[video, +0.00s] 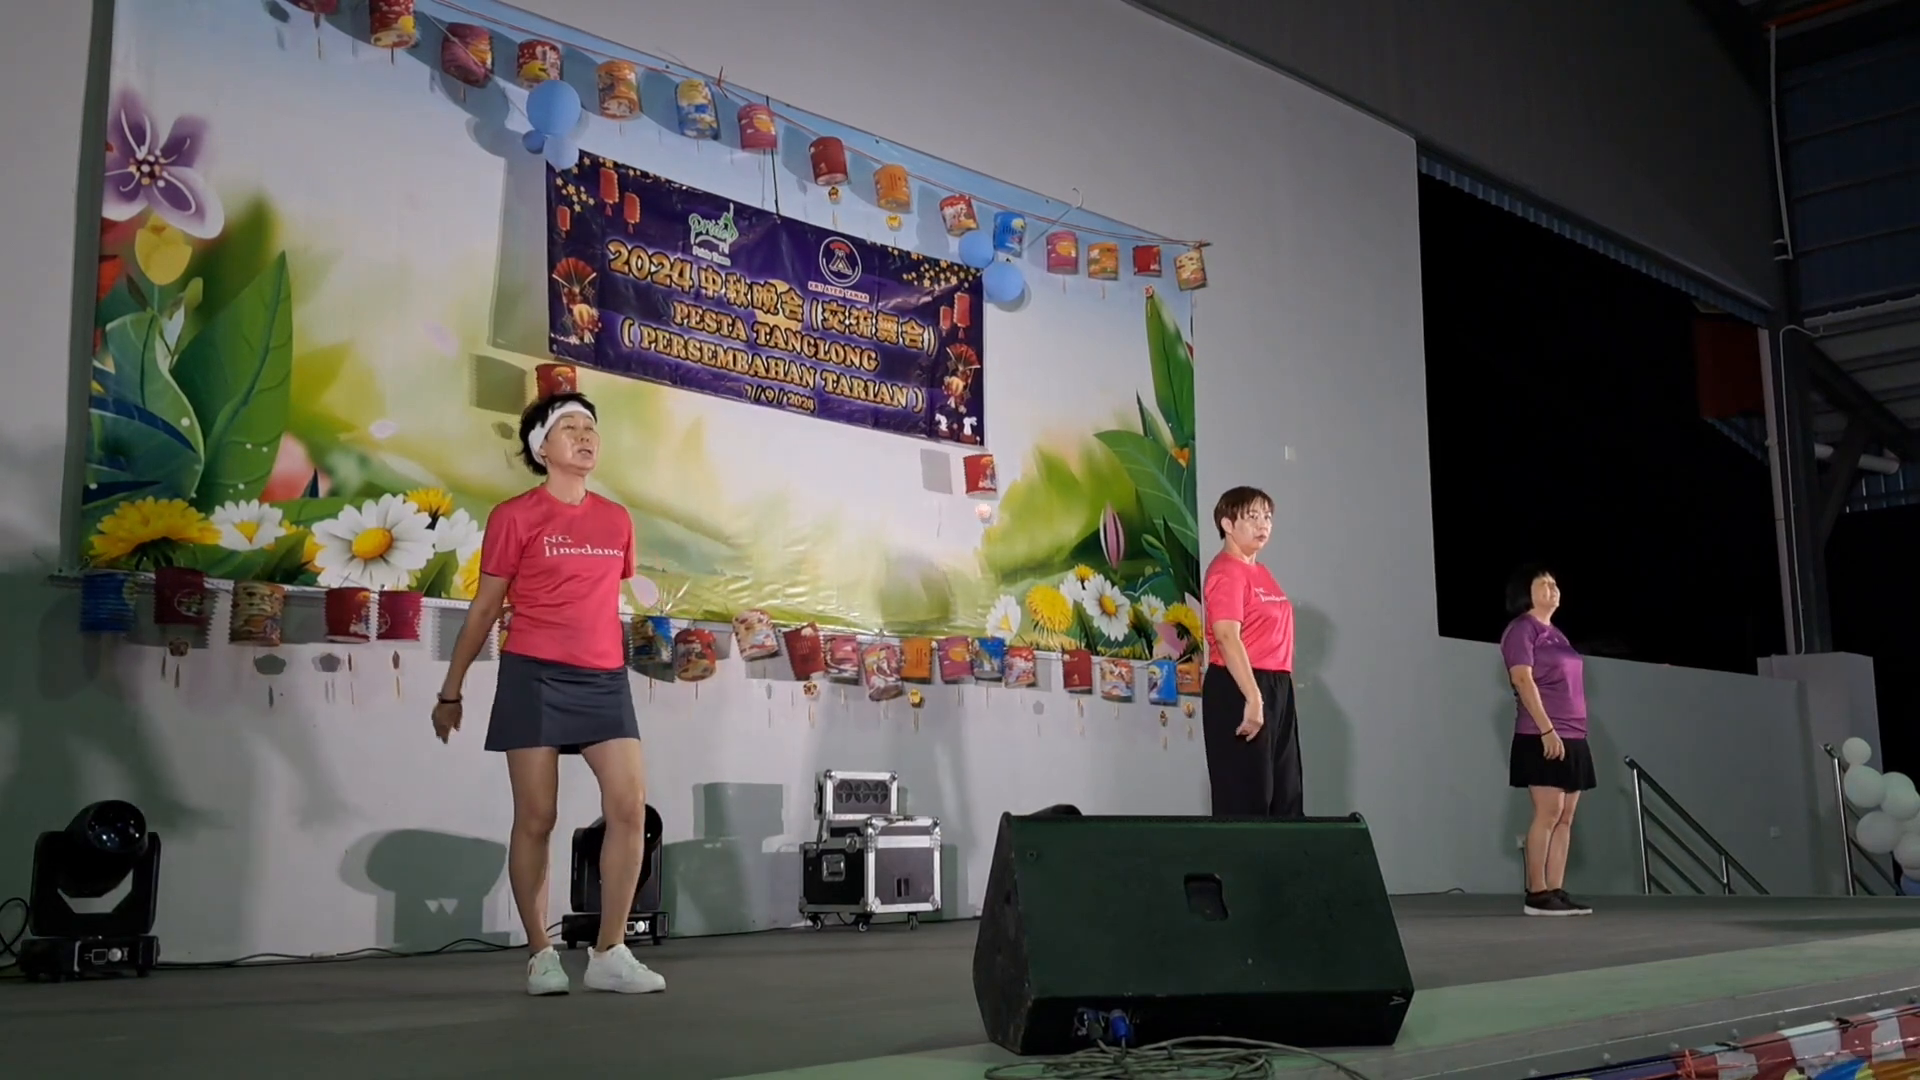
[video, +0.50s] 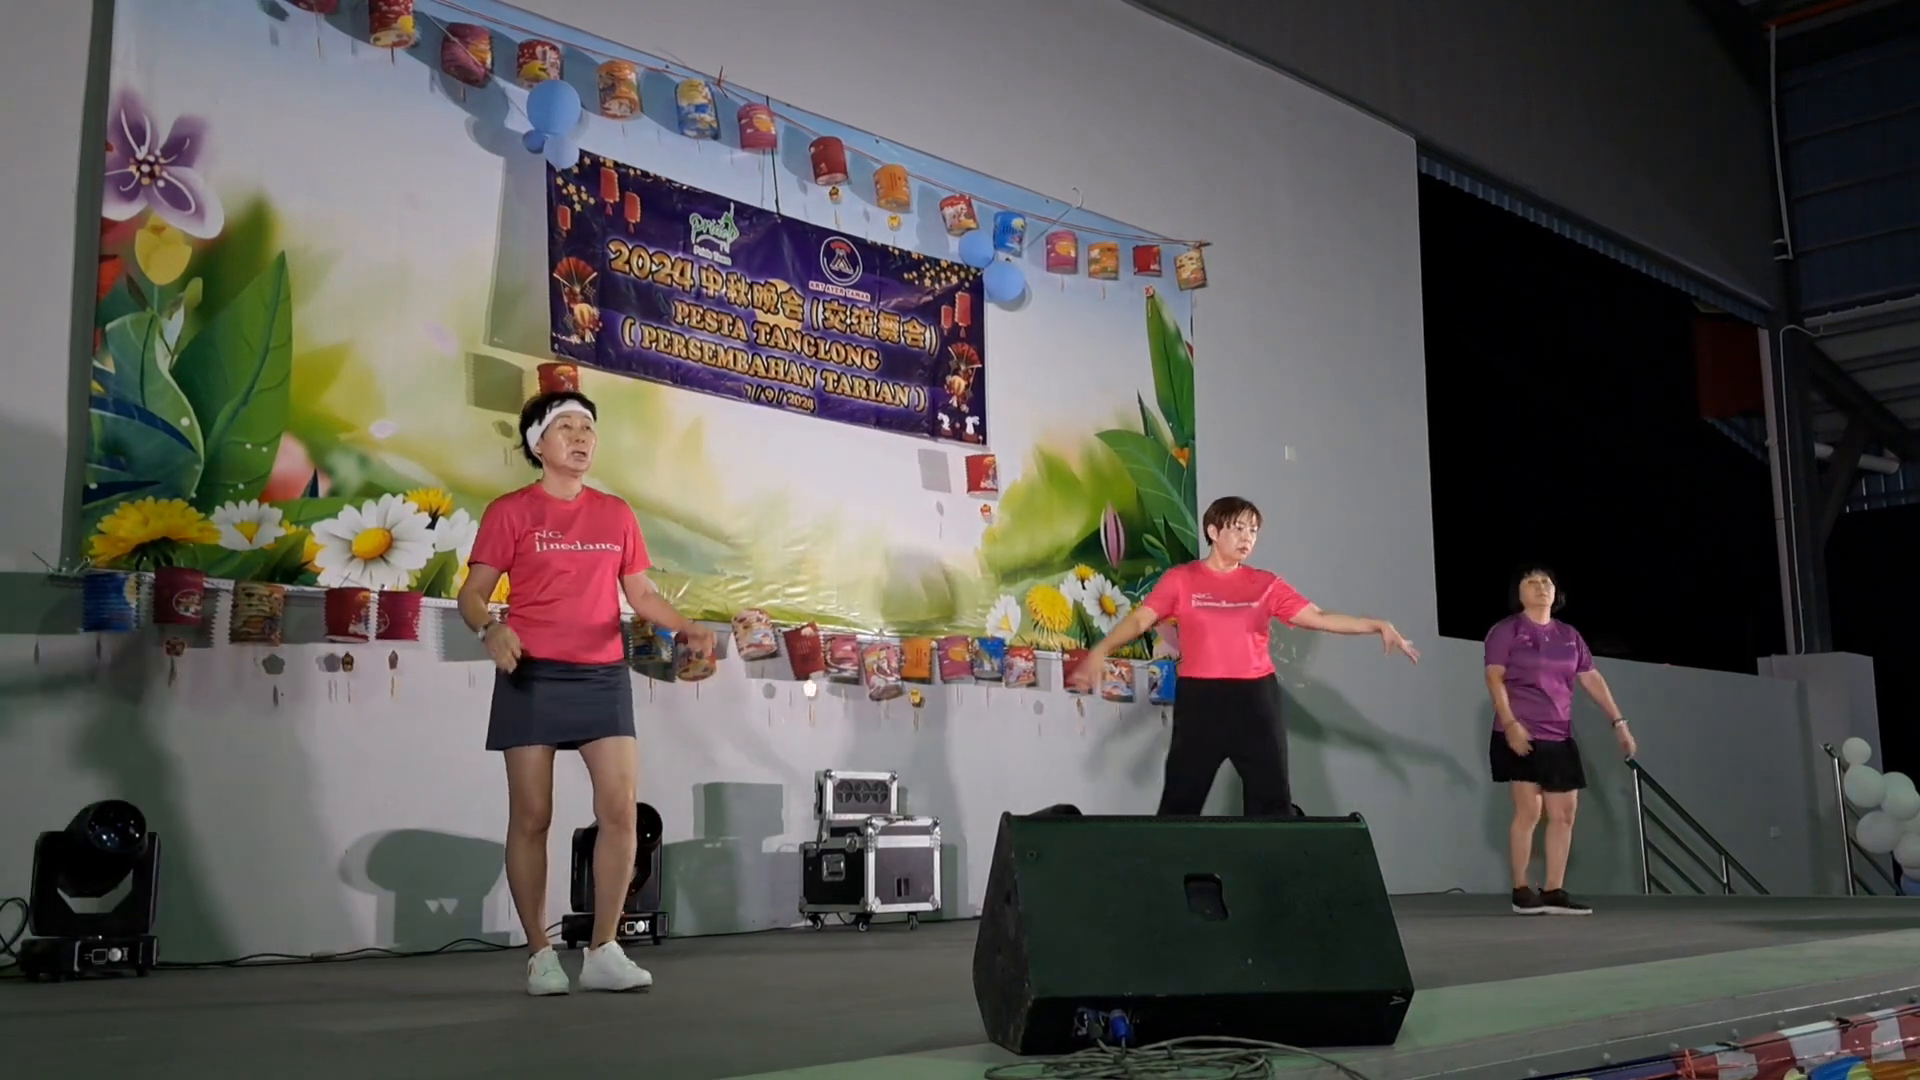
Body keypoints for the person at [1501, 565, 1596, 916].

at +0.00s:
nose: (1551, 590)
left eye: (1554, 585)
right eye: (1542, 585)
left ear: (1558, 594)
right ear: (1526, 593)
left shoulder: (1556, 634)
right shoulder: (1521, 629)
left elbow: (1563, 685)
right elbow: (1523, 682)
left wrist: (1575, 730)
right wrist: (1547, 730)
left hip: (1572, 736)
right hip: (1541, 736)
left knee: (1565, 816)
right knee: (1547, 812)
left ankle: (1555, 890)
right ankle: (1537, 892)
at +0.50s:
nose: (1540, 586)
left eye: (1546, 582)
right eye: (1532, 582)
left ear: (1555, 594)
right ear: (1519, 594)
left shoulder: (1570, 636)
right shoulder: (1504, 631)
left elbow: (1592, 679)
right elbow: (1494, 679)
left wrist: (1619, 722)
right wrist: (1510, 724)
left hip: (1559, 738)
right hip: (1518, 735)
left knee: (1564, 812)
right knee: (1528, 810)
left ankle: (1554, 892)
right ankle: (1521, 890)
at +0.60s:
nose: (1527, 588)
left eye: (1533, 583)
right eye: (1519, 584)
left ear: (1544, 593)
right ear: (1508, 595)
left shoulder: (1565, 634)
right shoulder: (1495, 633)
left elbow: (1592, 675)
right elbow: (1474, 677)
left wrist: (1616, 713)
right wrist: (1469, 712)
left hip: (1558, 738)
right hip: (1511, 737)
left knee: (1565, 813)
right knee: (1513, 813)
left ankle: (1553, 892)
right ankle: (1498, 882)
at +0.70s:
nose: (1511, 591)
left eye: (1517, 586)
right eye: (1504, 587)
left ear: (1529, 594)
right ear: (1494, 598)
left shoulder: (1553, 631)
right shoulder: (1482, 637)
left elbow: (1577, 669)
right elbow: (1453, 676)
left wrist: (1582, 701)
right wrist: (1426, 706)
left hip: (1552, 737)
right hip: (1503, 739)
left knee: (1571, 811)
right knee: (1498, 815)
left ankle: (1555, 890)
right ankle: (1494, 889)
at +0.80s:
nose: (1499, 597)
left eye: (1505, 591)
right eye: (1492, 592)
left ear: (1517, 597)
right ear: (1482, 601)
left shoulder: (1540, 633)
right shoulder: (1471, 642)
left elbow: (1558, 675)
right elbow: (1438, 679)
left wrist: (1535, 696)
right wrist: (1397, 707)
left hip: (1543, 740)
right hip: (1492, 743)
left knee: (1584, 803)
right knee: (1492, 817)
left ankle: (1569, 882)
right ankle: (1493, 892)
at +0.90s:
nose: (1492, 599)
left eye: (1498, 593)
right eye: (1484, 594)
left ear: (1509, 599)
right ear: (1475, 603)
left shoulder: (1528, 634)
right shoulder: (1466, 645)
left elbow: (1539, 681)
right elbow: (1436, 681)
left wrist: (1491, 703)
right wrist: (1394, 708)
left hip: (1536, 741)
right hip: (1486, 744)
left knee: (1576, 807)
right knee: (1488, 816)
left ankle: (1597, 887)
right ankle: (1493, 892)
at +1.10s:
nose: (1484, 604)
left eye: (1491, 597)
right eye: (1477, 597)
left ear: (1502, 603)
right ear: (1467, 605)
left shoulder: (1517, 636)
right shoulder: (1466, 645)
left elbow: (1518, 683)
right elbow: (1455, 682)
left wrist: (1467, 704)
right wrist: (1438, 706)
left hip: (1527, 741)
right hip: (1480, 744)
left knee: (1561, 811)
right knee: (1485, 816)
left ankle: (1597, 888)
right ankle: (1493, 892)